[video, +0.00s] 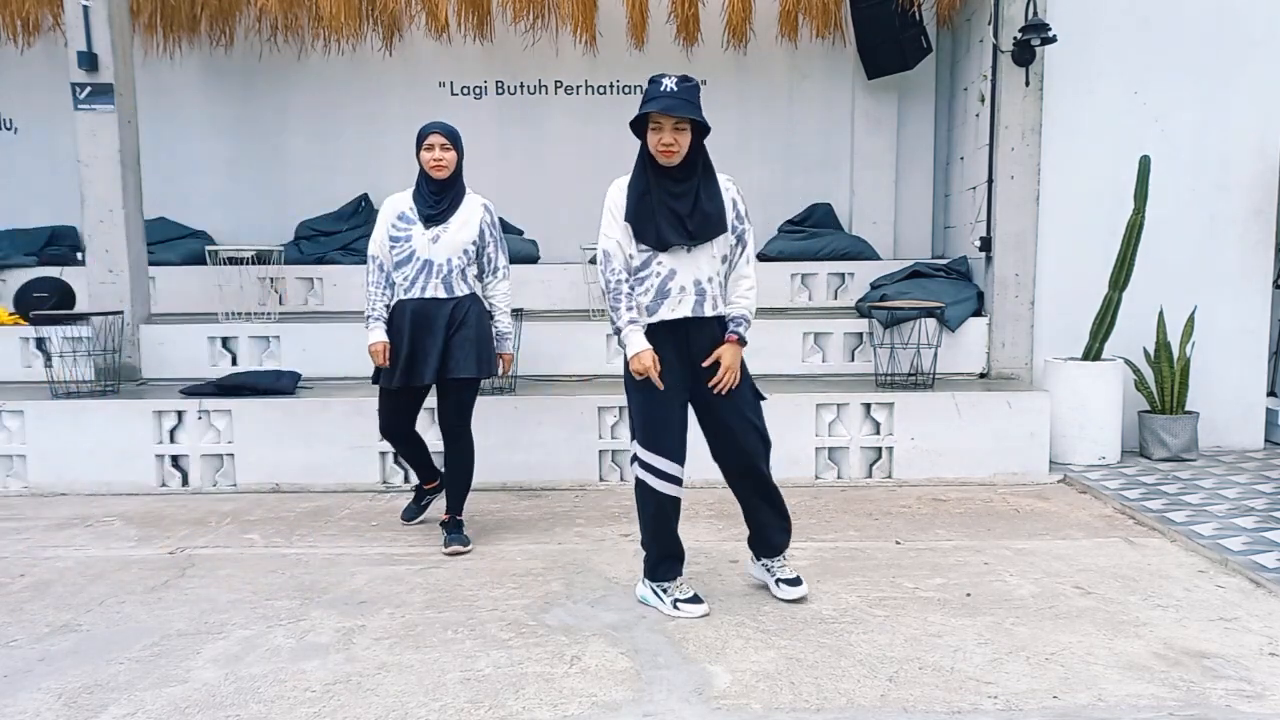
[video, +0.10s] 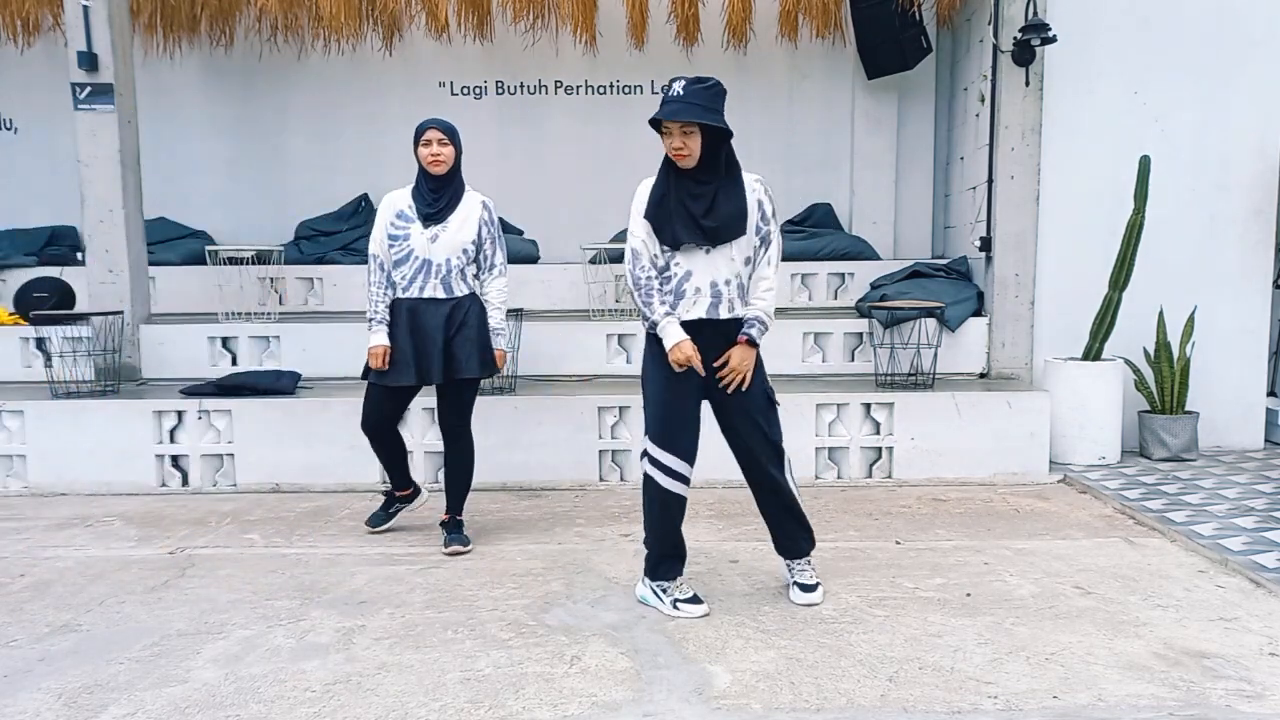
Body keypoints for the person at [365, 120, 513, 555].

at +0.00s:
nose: (437, 155)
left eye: (446, 148)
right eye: (429, 148)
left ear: (459, 155)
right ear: (418, 156)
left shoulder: (480, 209)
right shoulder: (395, 207)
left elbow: (497, 278)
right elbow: (378, 275)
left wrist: (503, 337)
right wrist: (376, 329)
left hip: (464, 327)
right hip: (409, 328)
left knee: (455, 425)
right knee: (393, 423)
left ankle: (454, 519)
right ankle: (431, 480)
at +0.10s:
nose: (435, 151)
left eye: (443, 144)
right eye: (426, 144)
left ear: (457, 151)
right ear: (416, 152)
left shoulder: (479, 207)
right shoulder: (393, 204)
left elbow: (494, 276)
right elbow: (378, 275)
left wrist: (497, 336)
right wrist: (378, 331)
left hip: (462, 328)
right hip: (406, 329)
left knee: (455, 425)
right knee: (376, 419)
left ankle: (454, 520)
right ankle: (403, 487)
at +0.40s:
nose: (419, 145)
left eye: (428, 138)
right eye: (411, 139)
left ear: (442, 146)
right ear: (400, 149)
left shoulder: (464, 206)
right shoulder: (375, 198)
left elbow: (478, 273)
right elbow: (357, 267)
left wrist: (460, 323)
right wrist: (363, 323)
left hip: (442, 325)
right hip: (386, 325)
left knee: (446, 427)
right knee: (357, 424)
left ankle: (453, 521)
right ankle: (325, 517)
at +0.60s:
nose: (402, 149)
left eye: (410, 141)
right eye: (393, 143)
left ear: (425, 149)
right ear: (383, 152)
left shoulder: (451, 207)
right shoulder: (362, 205)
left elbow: (461, 279)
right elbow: (350, 278)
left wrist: (444, 336)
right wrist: (358, 342)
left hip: (431, 334)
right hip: (372, 332)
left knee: (439, 434)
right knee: (339, 429)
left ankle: (452, 522)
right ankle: (324, 521)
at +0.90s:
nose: (359, 163)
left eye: (367, 154)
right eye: (350, 155)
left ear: (383, 158)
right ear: (341, 162)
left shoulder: (414, 205)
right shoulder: (327, 220)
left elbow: (433, 274)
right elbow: (325, 289)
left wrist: (423, 335)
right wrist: (344, 341)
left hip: (410, 331)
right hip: (352, 334)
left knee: (439, 432)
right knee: (313, 427)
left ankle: (453, 521)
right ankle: (300, 514)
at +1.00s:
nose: (334, 175)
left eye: (343, 167)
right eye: (325, 167)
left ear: (359, 171)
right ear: (317, 174)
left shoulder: (391, 211)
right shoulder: (307, 235)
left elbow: (413, 275)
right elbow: (311, 307)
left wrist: (403, 336)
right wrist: (328, 365)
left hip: (394, 340)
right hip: (336, 347)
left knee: (436, 435)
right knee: (303, 439)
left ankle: (454, 523)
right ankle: (305, 523)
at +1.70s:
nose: (287, 183)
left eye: (297, 175)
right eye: (279, 174)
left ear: (315, 180)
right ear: (269, 179)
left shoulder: (343, 217)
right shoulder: (265, 233)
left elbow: (390, 278)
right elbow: (268, 304)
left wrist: (402, 342)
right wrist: (288, 358)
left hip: (375, 330)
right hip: (317, 341)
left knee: (434, 412)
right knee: (291, 428)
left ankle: (479, 502)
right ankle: (303, 521)